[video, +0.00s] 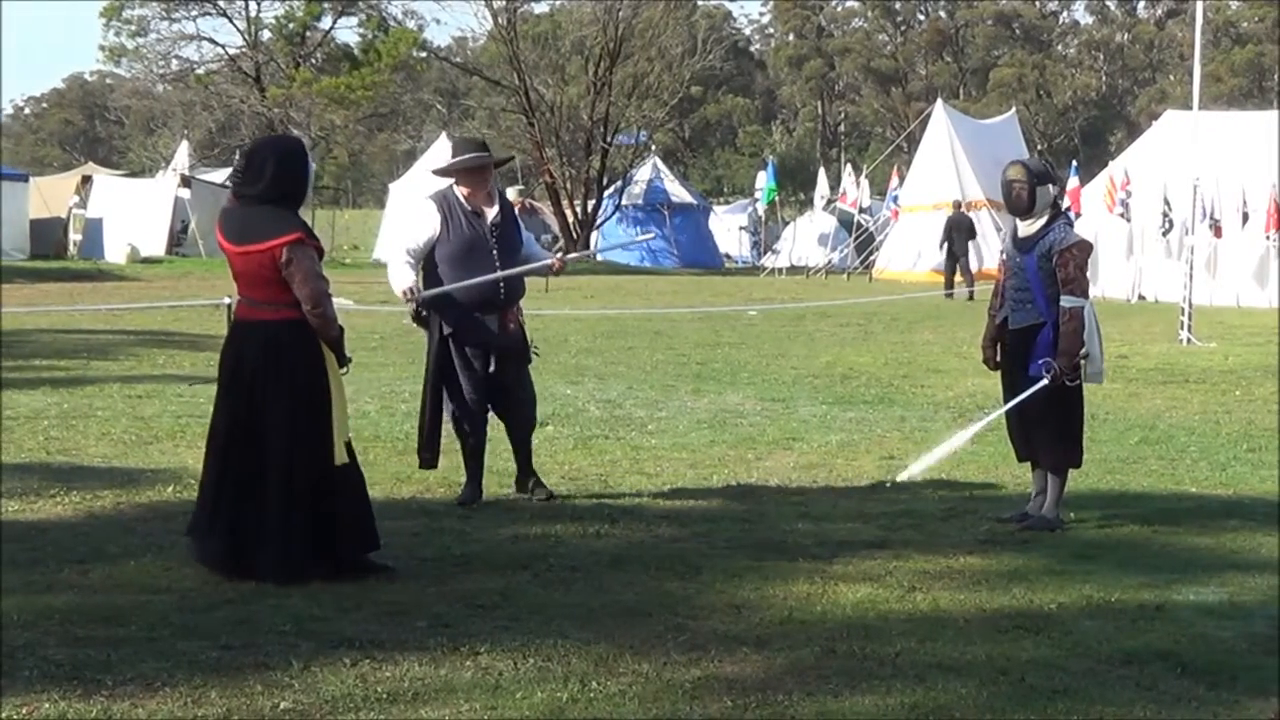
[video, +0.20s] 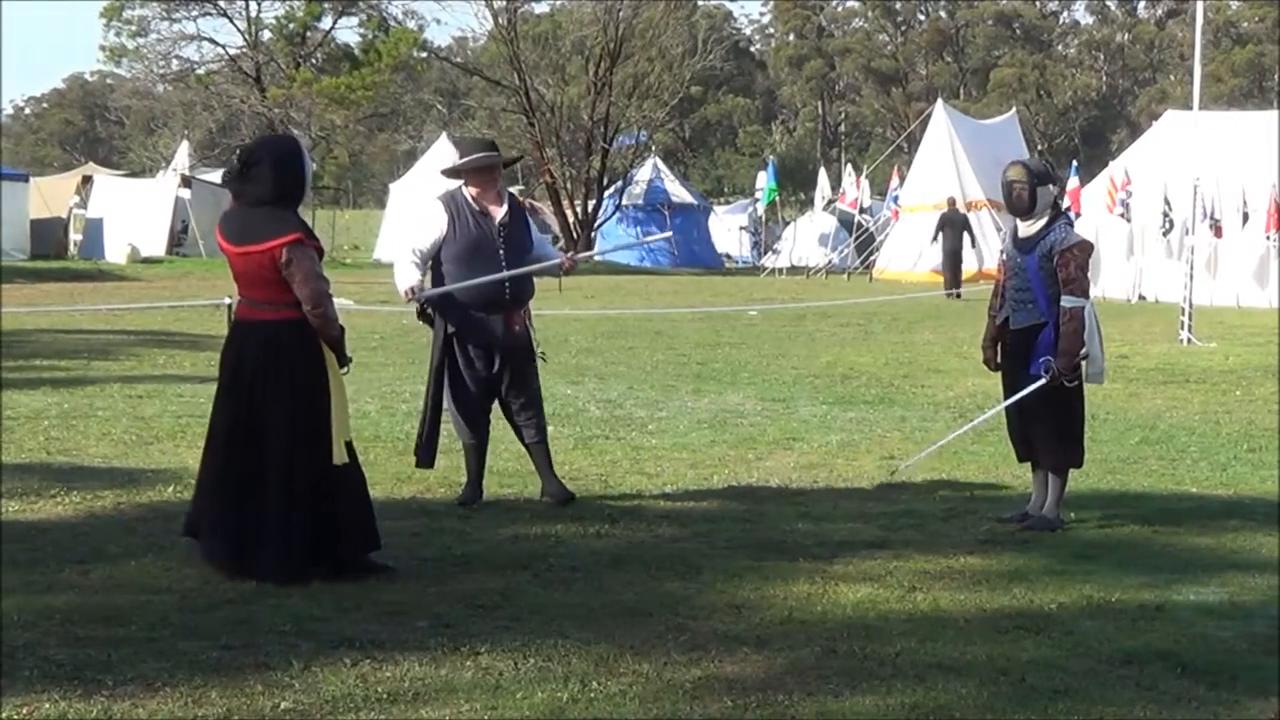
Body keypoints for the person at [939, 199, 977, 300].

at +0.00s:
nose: (954, 208)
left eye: (953, 206)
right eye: (956, 206)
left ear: (953, 207)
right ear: (961, 207)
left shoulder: (950, 219)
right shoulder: (968, 219)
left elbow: (946, 234)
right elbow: (973, 235)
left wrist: (941, 243)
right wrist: (964, 238)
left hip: (952, 248)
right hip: (963, 248)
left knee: (949, 271)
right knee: (966, 270)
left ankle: (949, 293)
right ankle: (970, 291)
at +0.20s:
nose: (950, 206)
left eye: (949, 203)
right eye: (952, 203)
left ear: (947, 204)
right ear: (956, 203)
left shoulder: (944, 216)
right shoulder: (963, 216)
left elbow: (938, 228)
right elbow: (969, 229)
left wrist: (934, 237)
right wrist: (973, 241)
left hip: (948, 248)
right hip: (958, 247)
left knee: (948, 269)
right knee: (958, 269)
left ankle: (949, 290)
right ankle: (958, 289)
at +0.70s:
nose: (942, 205)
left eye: (941, 203)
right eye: (944, 203)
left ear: (939, 204)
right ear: (947, 203)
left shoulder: (936, 215)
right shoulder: (952, 215)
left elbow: (930, 227)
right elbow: (958, 228)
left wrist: (926, 237)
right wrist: (960, 239)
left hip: (938, 246)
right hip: (950, 246)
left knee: (937, 265)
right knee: (950, 266)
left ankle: (941, 284)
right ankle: (949, 287)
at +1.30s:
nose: (932, 204)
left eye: (931, 202)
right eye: (933, 202)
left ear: (928, 202)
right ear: (935, 202)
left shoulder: (923, 213)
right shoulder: (940, 213)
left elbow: (916, 225)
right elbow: (946, 227)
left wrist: (912, 234)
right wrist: (952, 240)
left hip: (927, 243)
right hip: (937, 243)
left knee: (928, 265)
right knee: (938, 265)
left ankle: (929, 286)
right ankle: (936, 285)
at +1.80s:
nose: (928, 204)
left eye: (927, 202)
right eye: (930, 202)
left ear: (924, 203)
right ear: (932, 203)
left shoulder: (920, 214)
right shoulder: (936, 214)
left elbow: (915, 226)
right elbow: (942, 226)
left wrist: (913, 234)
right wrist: (942, 233)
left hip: (922, 243)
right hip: (933, 244)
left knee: (920, 262)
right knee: (932, 263)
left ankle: (921, 282)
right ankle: (931, 284)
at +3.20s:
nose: (943, 206)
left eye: (942, 204)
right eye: (943, 204)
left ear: (935, 205)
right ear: (941, 205)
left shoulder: (930, 215)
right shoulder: (945, 216)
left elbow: (925, 226)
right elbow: (949, 228)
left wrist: (922, 236)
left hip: (932, 244)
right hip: (941, 244)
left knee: (933, 262)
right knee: (944, 261)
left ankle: (934, 281)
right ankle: (937, 279)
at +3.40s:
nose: (949, 205)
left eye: (948, 203)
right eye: (949, 203)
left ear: (941, 203)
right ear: (948, 203)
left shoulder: (935, 213)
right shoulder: (949, 214)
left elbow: (929, 223)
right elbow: (952, 227)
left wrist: (927, 232)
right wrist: (955, 237)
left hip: (937, 240)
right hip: (947, 241)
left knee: (936, 261)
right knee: (950, 262)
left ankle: (934, 281)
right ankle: (949, 281)